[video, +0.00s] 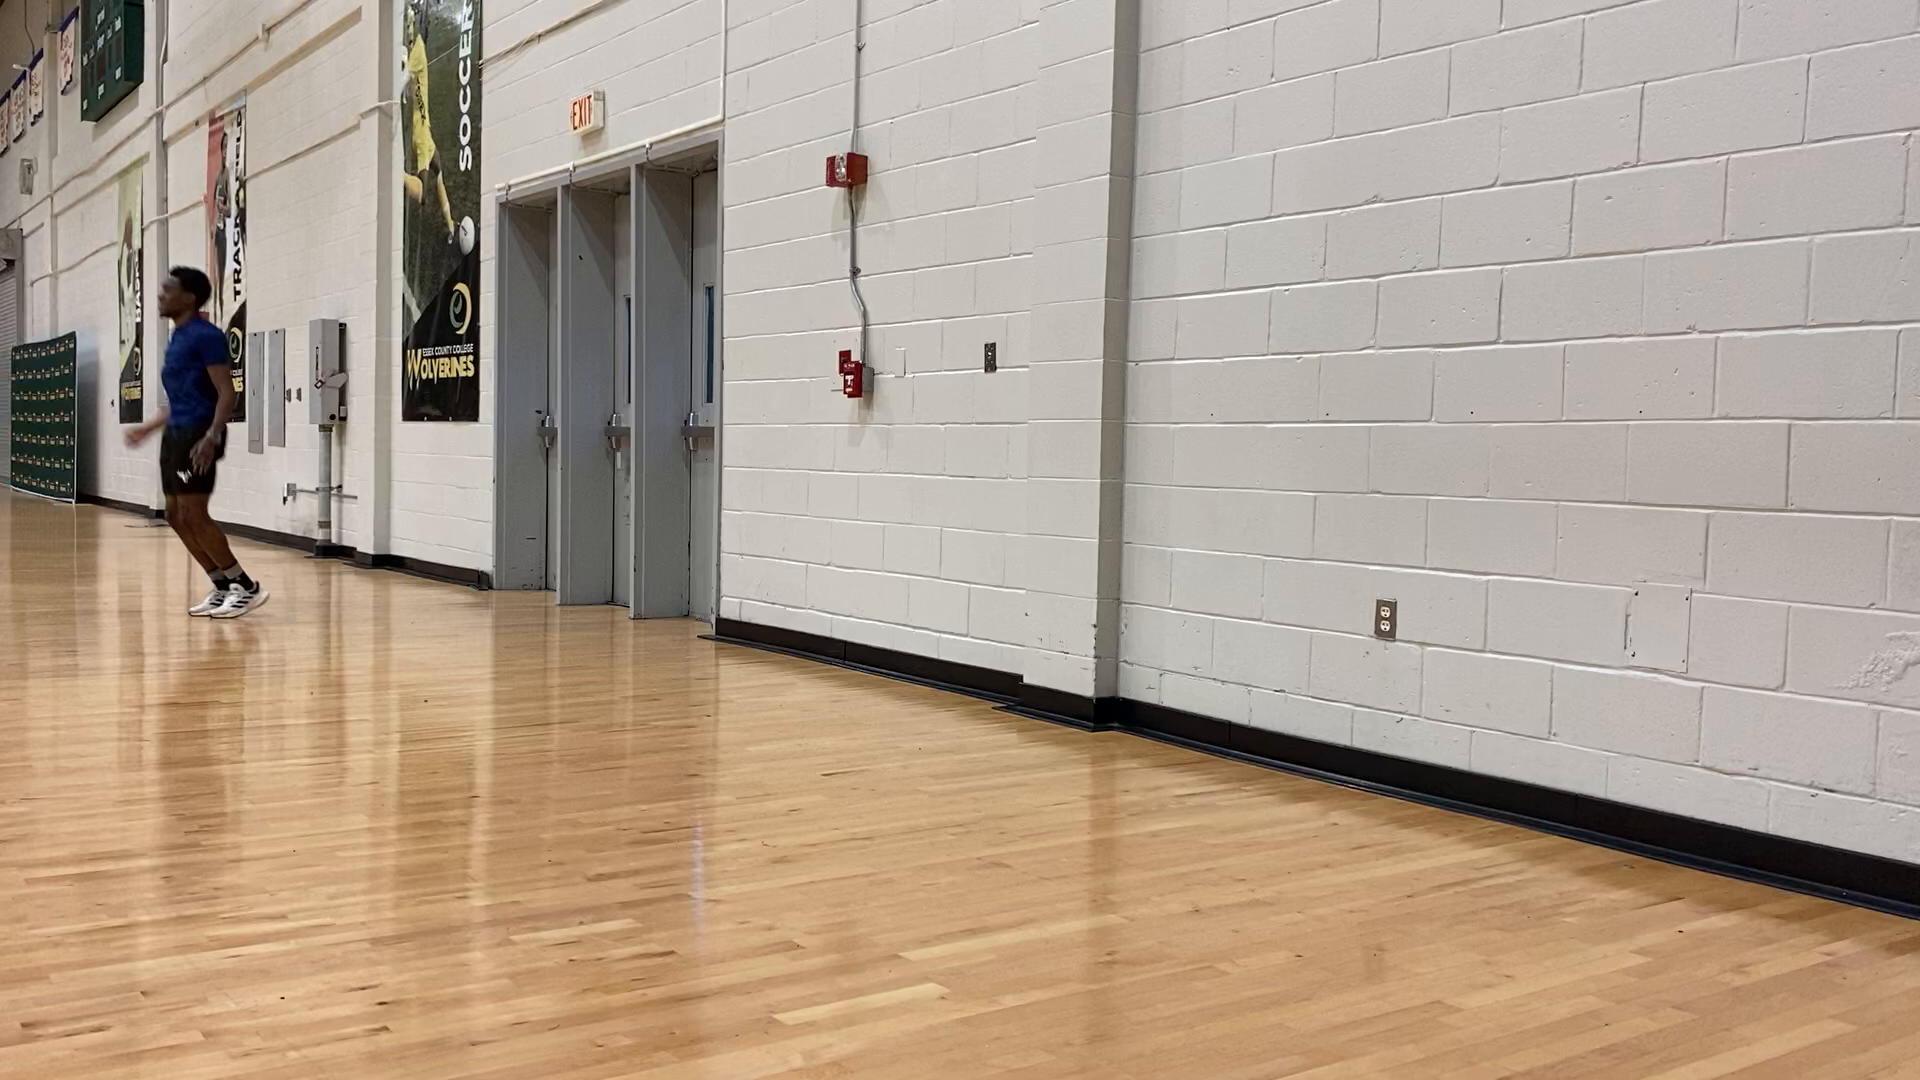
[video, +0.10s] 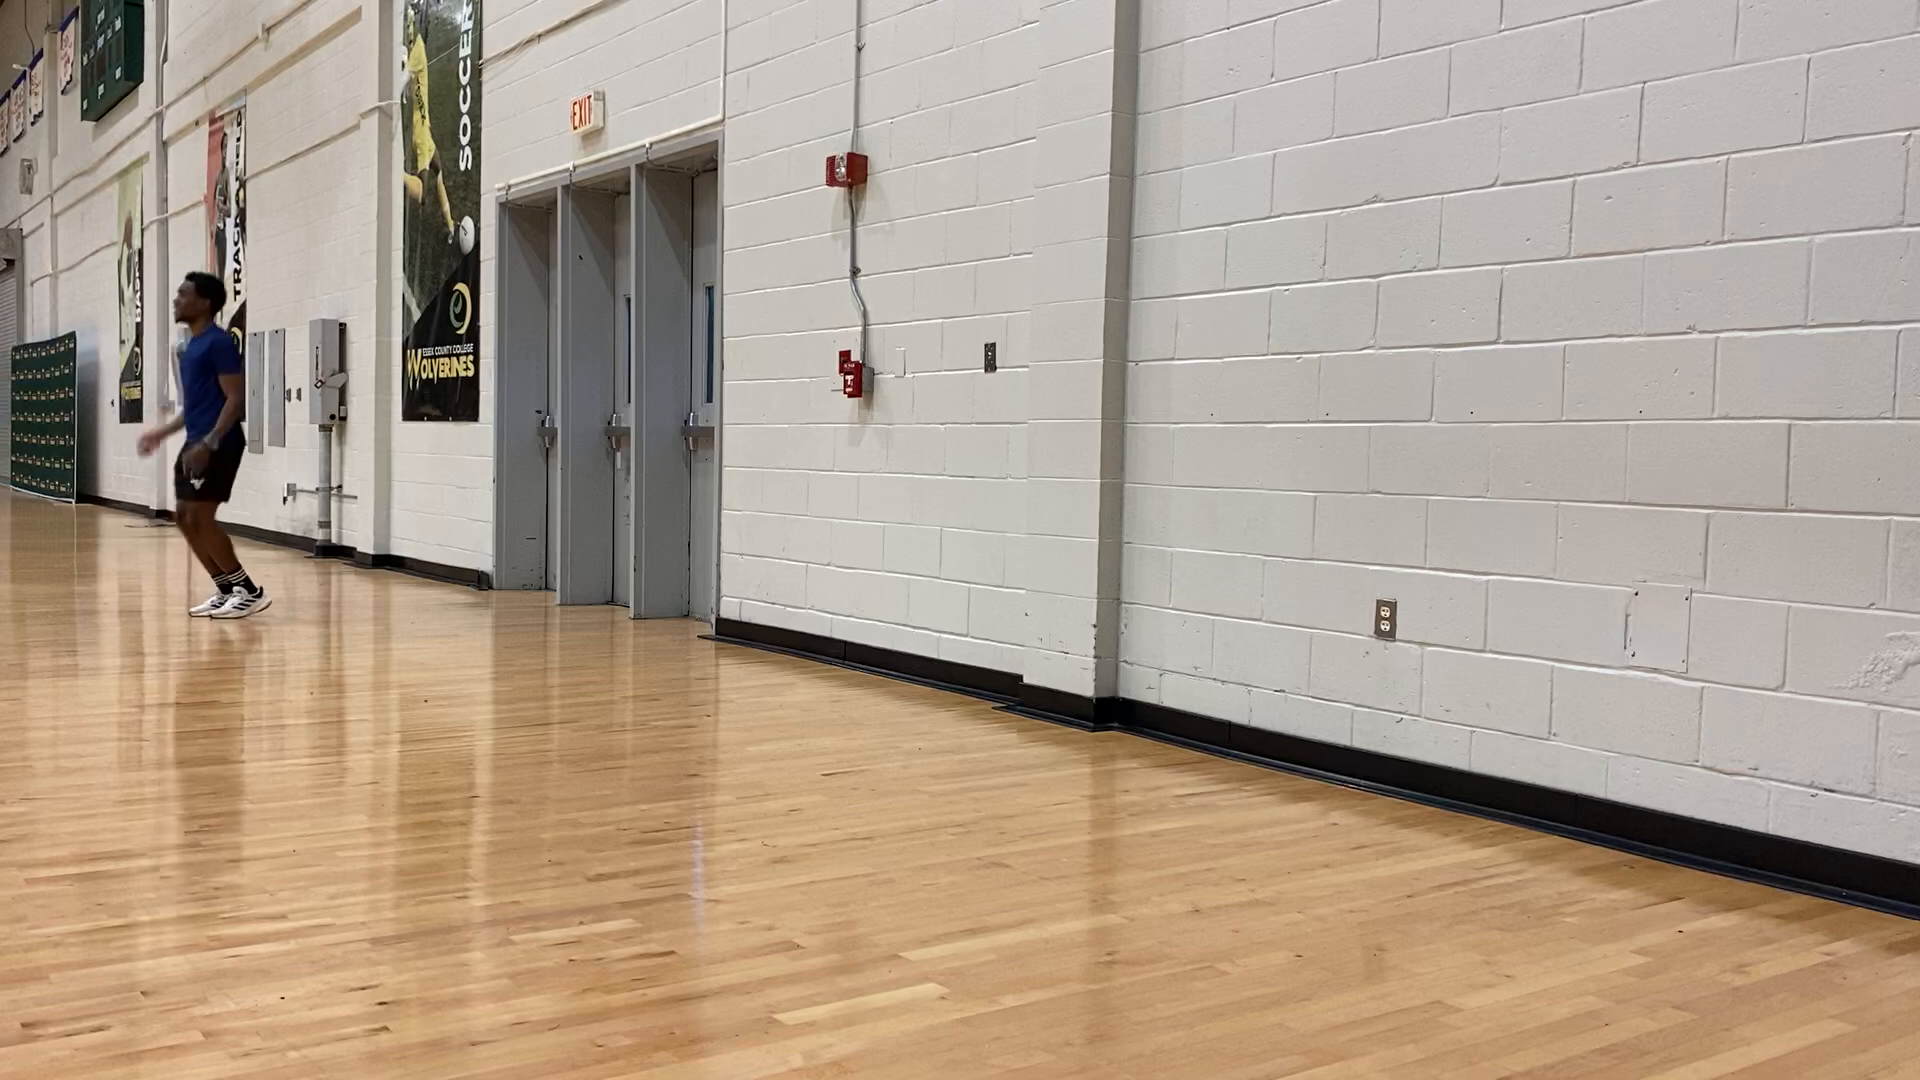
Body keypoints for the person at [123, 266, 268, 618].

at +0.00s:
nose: (160, 294)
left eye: (168, 289)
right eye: (162, 288)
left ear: (190, 298)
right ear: (179, 298)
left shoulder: (206, 336)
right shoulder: (179, 336)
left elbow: (227, 394)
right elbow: (180, 402)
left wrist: (211, 438)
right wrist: (147, 428)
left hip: (199, 435)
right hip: (176, 434)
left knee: (194, 515)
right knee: (177, 518)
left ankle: (244, 586)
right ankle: (223, 588)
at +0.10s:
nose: (175, 300)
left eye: (183, 295)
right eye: (178, 294)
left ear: (204, 303)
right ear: (198, 304)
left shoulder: (220, 342)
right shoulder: (194, 344)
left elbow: (235, 401)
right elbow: (196, 407)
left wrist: (209, 443)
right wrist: (162, 433)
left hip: (221, 439)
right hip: (197, 439)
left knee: (200, 517)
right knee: (185, 518)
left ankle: (246, 589)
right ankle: (227, 590)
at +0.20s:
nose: (190, 277)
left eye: (198, 272)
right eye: (193, 271)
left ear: (218, 281)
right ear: (209, 281)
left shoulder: (228, 315)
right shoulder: (204, 319)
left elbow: (245, 363)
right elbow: (194, 371)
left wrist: (210, 376)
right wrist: (150, 364)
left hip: (233, 418)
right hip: (212, 418)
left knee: (230, 497)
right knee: (212, 497)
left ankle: (250, 583)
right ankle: (224, 582)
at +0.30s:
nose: (204, 273)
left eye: (210, 269)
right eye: (205, 268)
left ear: (230, 277)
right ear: (218, 277)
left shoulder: (243, 305)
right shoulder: (214, 310)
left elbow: (258, 327)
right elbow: (195, 328)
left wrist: (215, 300)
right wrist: (163, 292)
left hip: (244, 410)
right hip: (220, 410)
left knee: (240, 492)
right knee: (219, 493)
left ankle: (275, 577)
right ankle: (245, 575)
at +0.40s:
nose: (213, 296)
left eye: (221, 290)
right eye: (214, 290)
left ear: (238, 294)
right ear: (218, 295)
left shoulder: (254, 319)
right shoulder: (227, 321)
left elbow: (264, 297)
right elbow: (208, 293)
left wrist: (234, 258)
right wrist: (204, 252)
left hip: (256, 424)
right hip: (233, 424)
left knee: (244, 506)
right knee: (225, 508)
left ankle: (301, 581)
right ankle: (268, 579)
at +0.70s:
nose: (240, 264)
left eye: (247, 261)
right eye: (242, 259)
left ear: (265, 271)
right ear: (254, 271)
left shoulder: (274, 299)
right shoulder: (249, 305)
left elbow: (302, 317)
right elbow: (234, 321)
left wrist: (272, 295)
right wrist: (199, 293)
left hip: (272, 402)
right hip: (251, 403)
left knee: (270, 484)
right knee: (251, 484)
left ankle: (296, 570)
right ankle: (271, 567)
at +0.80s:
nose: (244, 269)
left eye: (252, 265)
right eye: (247, 264)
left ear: (271, 274)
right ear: (258, 274)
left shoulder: (280, 305)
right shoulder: (256, 309)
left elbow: (308, 351)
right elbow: (248, 361)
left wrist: (287, 376)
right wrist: (207, 363)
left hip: (276, 405)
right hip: (255, 406)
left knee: (267, 488)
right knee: (253, 488)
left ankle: (294, 572)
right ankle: (278, 570)